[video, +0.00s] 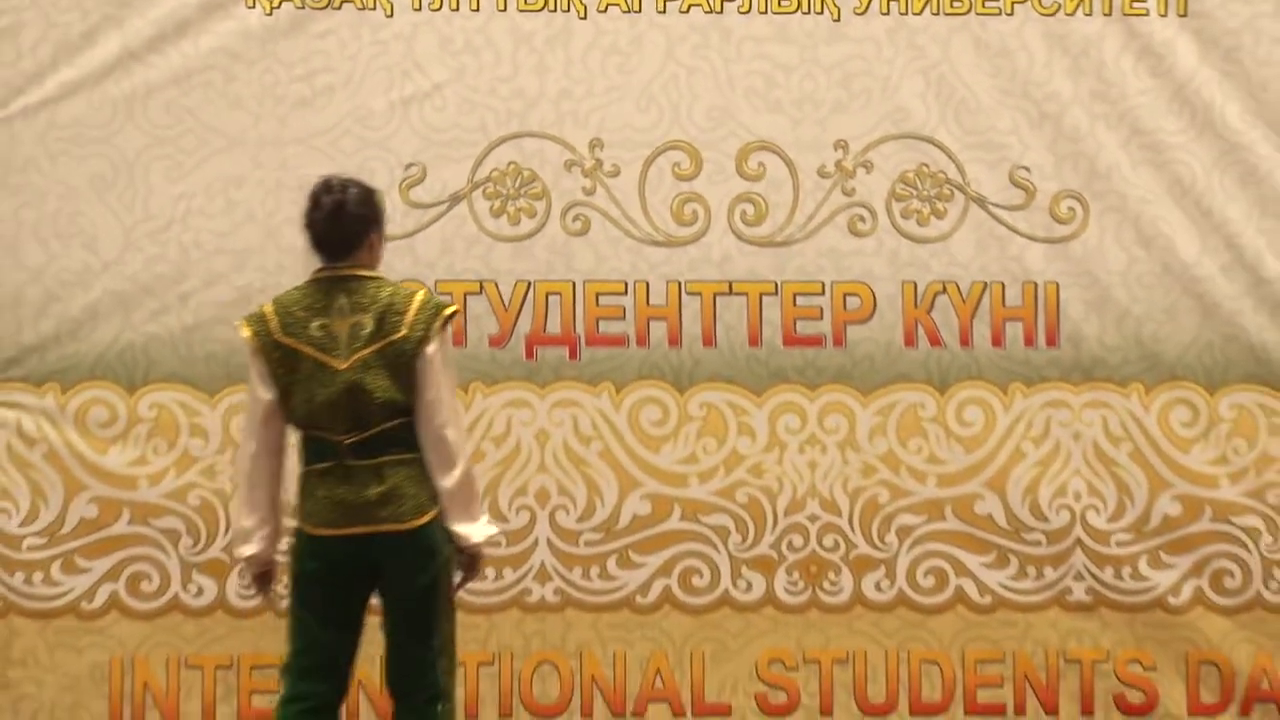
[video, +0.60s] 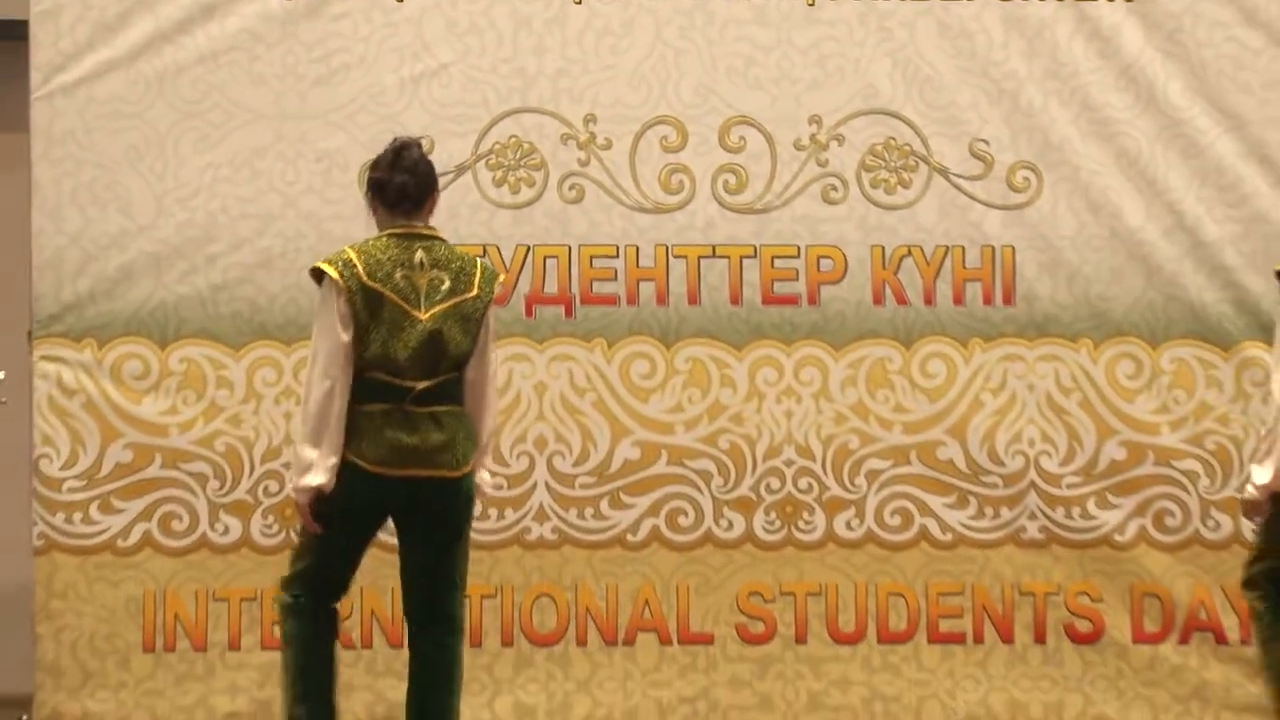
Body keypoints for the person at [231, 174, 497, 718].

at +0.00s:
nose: (383, 240)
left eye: (378, 231)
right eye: (381, 231)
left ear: (313, 239)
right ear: (373, 237)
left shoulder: (274, 323)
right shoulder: (413, 310)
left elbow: (264, 445)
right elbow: (440, 430)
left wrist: (258, 544)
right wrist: (468, 528)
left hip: (327, 539)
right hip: (411, 533)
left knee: (310, 691)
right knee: (422, 694)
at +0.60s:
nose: (375, 205)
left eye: (372, 196)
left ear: (371, 200)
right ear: (434, 200)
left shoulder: (349, 271)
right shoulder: (474, 275)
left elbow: (329, 378)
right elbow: (480, 383)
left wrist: (314, 472)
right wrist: (475, 465)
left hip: (362, 472)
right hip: (443, 478)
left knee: (309, 596)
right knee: (437, 620)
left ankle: (312, 714)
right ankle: (436, 719)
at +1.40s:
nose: (356, 180)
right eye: (365, 172)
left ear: (313, 176)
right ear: (369, 177)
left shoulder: (279, 242)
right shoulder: (396, 245)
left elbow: (259, 342)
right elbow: (408, 345)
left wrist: (243, 424)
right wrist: (412, 427)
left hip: (300, 428)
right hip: (372, 429)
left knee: (302, 554)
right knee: (371, 553)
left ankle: (309, 681)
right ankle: (366, 679)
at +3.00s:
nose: (378, 198)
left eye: (363, 189)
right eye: (390, 190)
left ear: (355, 192)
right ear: (402, 195)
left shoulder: (326, 246)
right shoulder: (426, 253)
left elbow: (311, 326)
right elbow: (430, 336)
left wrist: (299, 395)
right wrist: (430, 400)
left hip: (336, 404)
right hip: (398, 406)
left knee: (327, 517)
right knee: (403, 517)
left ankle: (322, 623)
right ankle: (412, 622)